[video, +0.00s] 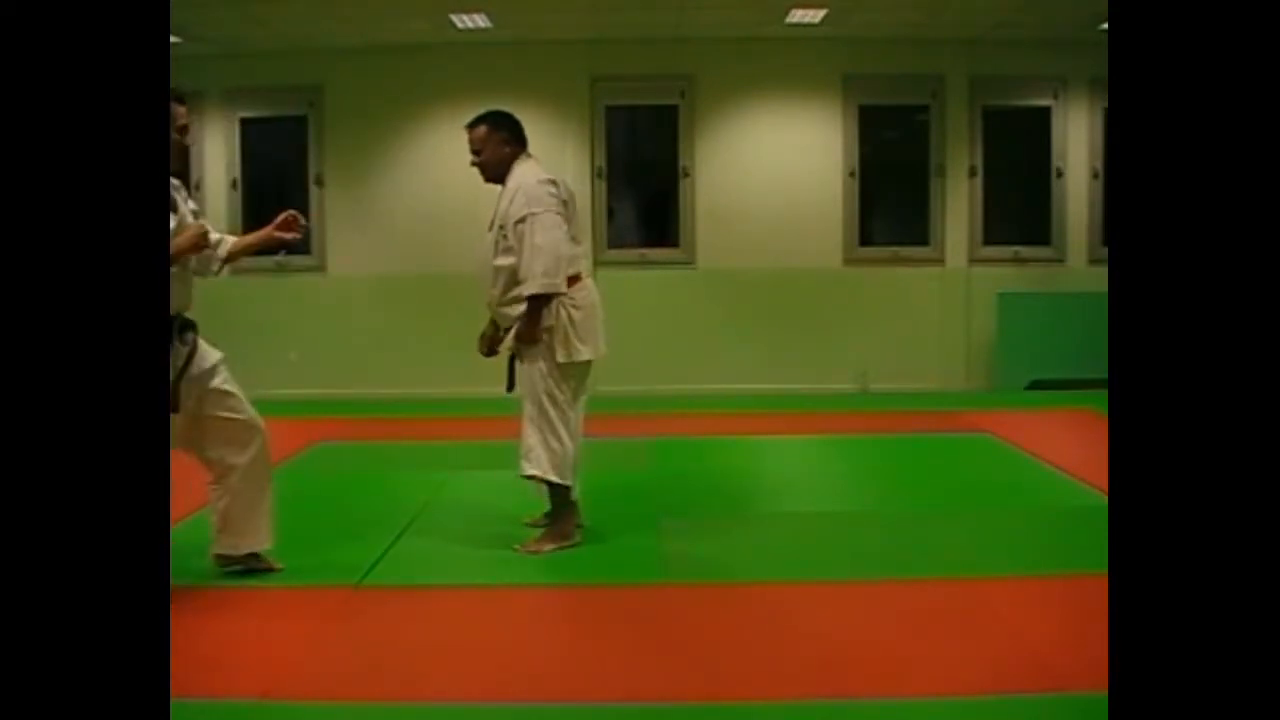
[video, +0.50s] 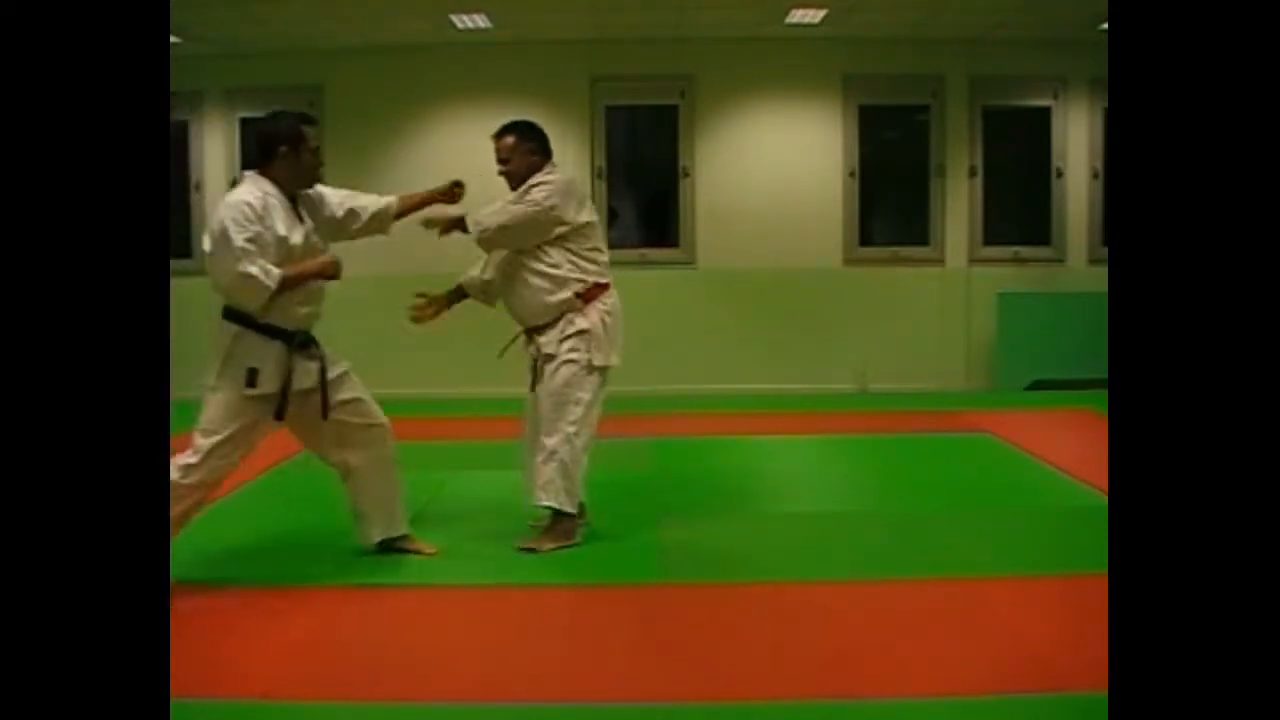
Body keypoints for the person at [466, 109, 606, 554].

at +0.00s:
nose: (475, 161)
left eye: (480, 151)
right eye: (473, 152)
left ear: (508, 147)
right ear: (503, 150)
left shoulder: (531, 188)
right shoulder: (517, 189)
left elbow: (545, 260)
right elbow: (515, 267)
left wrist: (530, 318)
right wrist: (495, 322)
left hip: (557, 315)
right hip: (547, 314)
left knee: (550, 412)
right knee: (548, 412)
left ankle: (563, 518)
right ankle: (558, 506)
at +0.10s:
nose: (479, 160)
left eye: (484, 150)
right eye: (477, 152)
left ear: (512, 147)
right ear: (508, 150)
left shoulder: (535, 188)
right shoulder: (522, 189)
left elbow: (545, 263)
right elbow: (516, 269)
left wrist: (529, 318)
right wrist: (497, 323)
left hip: (558, 314)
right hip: (547, 313)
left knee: (549, 412)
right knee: (548, 411)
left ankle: (564, 518)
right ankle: (558, 506)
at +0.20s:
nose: (482, 161)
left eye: (488, 151)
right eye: (480, 152)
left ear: (515, 148)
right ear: (512, 151)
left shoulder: (537, 188)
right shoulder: (525, 189)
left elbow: (539, 268)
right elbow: (519, 269)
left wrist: (515, 325)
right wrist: (497, 323)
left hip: (558, 315)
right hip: (549, 314)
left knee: (546, 412)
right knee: (548, 411)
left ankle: (563, 516)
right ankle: (558, 506)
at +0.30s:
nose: (488, 164)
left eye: (494, 153)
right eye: (486, 155)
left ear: (521, 150)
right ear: (518, 153)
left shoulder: (544, 190)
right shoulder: (528, 192)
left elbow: (516, 261)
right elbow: (511, 263)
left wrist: (487, 314)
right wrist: (493, 316)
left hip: (566, 316)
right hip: (549, 317)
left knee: (550, 416)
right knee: (546, 415)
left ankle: (562, 518)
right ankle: (559, 509)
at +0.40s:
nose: (493, 166)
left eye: (498, 156)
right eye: (491, 158)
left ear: (528, 153)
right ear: (522, 156)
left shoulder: (550, 193)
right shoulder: (530, 197)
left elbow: (518, 250)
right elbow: (521, 272)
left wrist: (472, 273)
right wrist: (490, 323)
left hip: (572, 319)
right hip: (550, 321)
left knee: (552, 419)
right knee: (545, 416)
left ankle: (560, 521)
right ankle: (567, 506)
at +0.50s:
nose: (500, 168)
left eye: (507, 159)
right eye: (498, 160)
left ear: (535, 154)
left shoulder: (557, 187)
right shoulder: (526, 202)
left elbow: (504, 225)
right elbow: (498, 273)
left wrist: (459, 221)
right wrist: (448, 297)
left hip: (581, 320)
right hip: (552, 325)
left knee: (562, 418)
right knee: (546, 419)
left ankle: (565, 519)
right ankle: (563, 511)